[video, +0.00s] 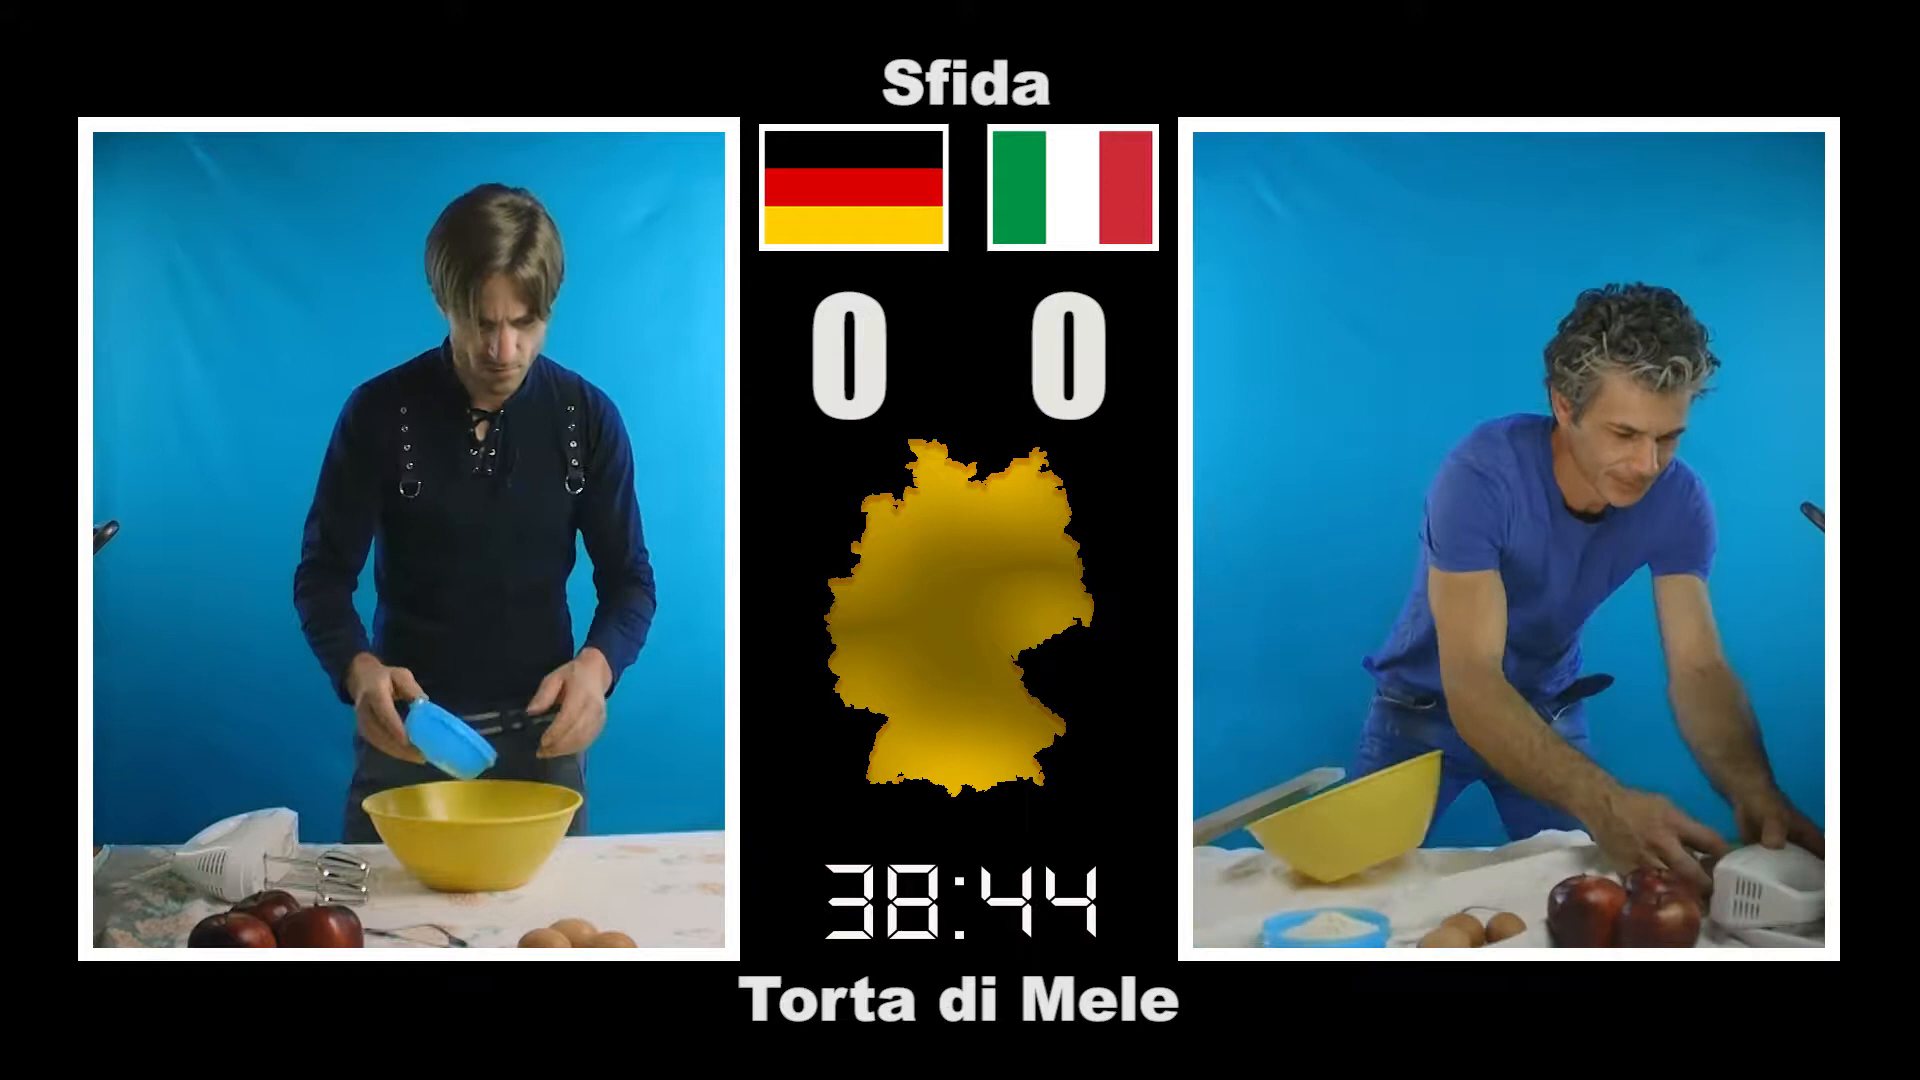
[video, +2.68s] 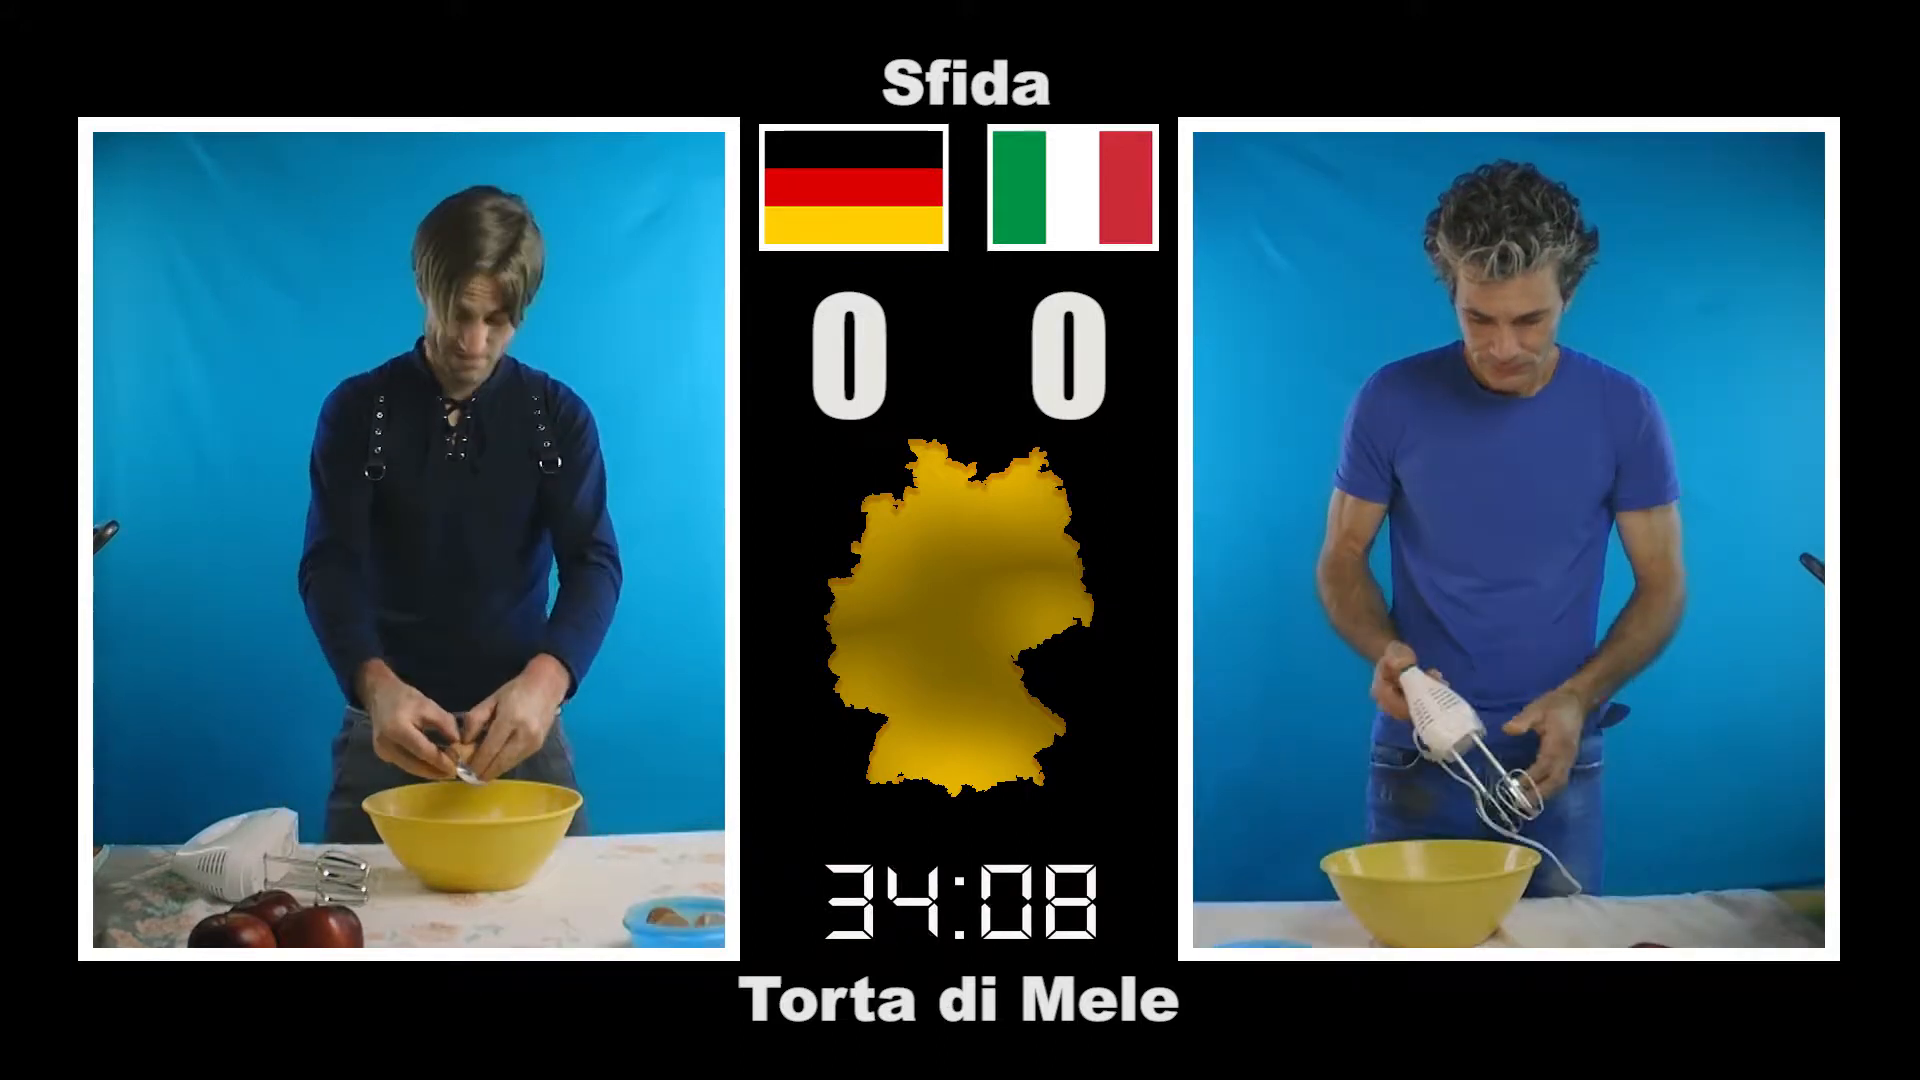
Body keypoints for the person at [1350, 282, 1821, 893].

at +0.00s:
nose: (1647, 465)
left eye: (1667, 438)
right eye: (1623, 435)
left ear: (1684, 419)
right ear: (1564, 407)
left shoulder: (1674, 500)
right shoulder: (1479, 478)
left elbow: (1699, 669)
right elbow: (1474, 688)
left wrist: (1755, 791)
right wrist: (1606, 808)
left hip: (1544, 709)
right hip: (1423, 704)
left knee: (1589, 903)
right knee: (1358, 892)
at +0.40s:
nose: (1609, 422)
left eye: (1630, 395)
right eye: (1583, 395)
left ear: (1648, 374)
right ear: (1528, 368)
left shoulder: (1656, 467)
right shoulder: (1457, 448)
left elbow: (1702, 636)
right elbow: (1434, 644)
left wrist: (1789, 735)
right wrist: (1568, 696)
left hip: (1556, 729)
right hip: (1433, 719)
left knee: (1607, 922)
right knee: (1384, 922)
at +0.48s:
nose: (1605, 412)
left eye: (1624, 385)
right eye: (1579, 385)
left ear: (1640, 365)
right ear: (1522, 362)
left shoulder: (1649, 466)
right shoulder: (1453, 443)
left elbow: (1703, 648)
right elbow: (1458, 625)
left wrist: (1795, 734)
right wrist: (1617, 657)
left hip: (1553, 735)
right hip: (1425, 734)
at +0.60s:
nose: (1405, 350)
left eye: (1430, 321)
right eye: (1379, 322)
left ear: (1468, 294)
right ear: (1352, 297)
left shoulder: (1529, 397)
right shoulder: (1310, 423)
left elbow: (1583, 573)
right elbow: (1244, 613)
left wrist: (1604, 745)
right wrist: (1234, 764)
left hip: (1525, 765)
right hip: (1380, 769)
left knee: (1533, 963)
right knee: (1381, 972)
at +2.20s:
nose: (1447, 344)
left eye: (1472, 317)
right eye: (1423, 317)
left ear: (1507, 292)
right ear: (1396, 292)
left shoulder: (1562, 402)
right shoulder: (1343, 406)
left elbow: (1618, 576)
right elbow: (1269, 587)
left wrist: (1550, 718)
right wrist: (1319, 723)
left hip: (1520, 752)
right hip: (1382, 753)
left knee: (1529, 948)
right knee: (1388, 951)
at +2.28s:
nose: (1506, 355)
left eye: (1532, 329)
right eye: (1481, 329)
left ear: (1568, 300)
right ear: (1452, 299)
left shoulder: (1623, 411)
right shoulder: (1399, 405)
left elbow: (1685, 569)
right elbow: (1350, 593)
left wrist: (1668, 658)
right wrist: (1462, 675)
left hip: (1562, 762)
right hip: (1425, 756)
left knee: (1562, 952)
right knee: (1421, 952)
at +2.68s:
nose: (1505, 347)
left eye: (1529, 319)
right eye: (1481, 320)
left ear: (1565, 295)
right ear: (1454, 295)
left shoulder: (1620, 413)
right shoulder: (1393, 401)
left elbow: (1663, 589)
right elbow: (1340, 560)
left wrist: (1580, 697)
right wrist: (1383, 647)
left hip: (1560, 761)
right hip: (1418, 751)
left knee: (1559, 951)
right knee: (1411, 951)